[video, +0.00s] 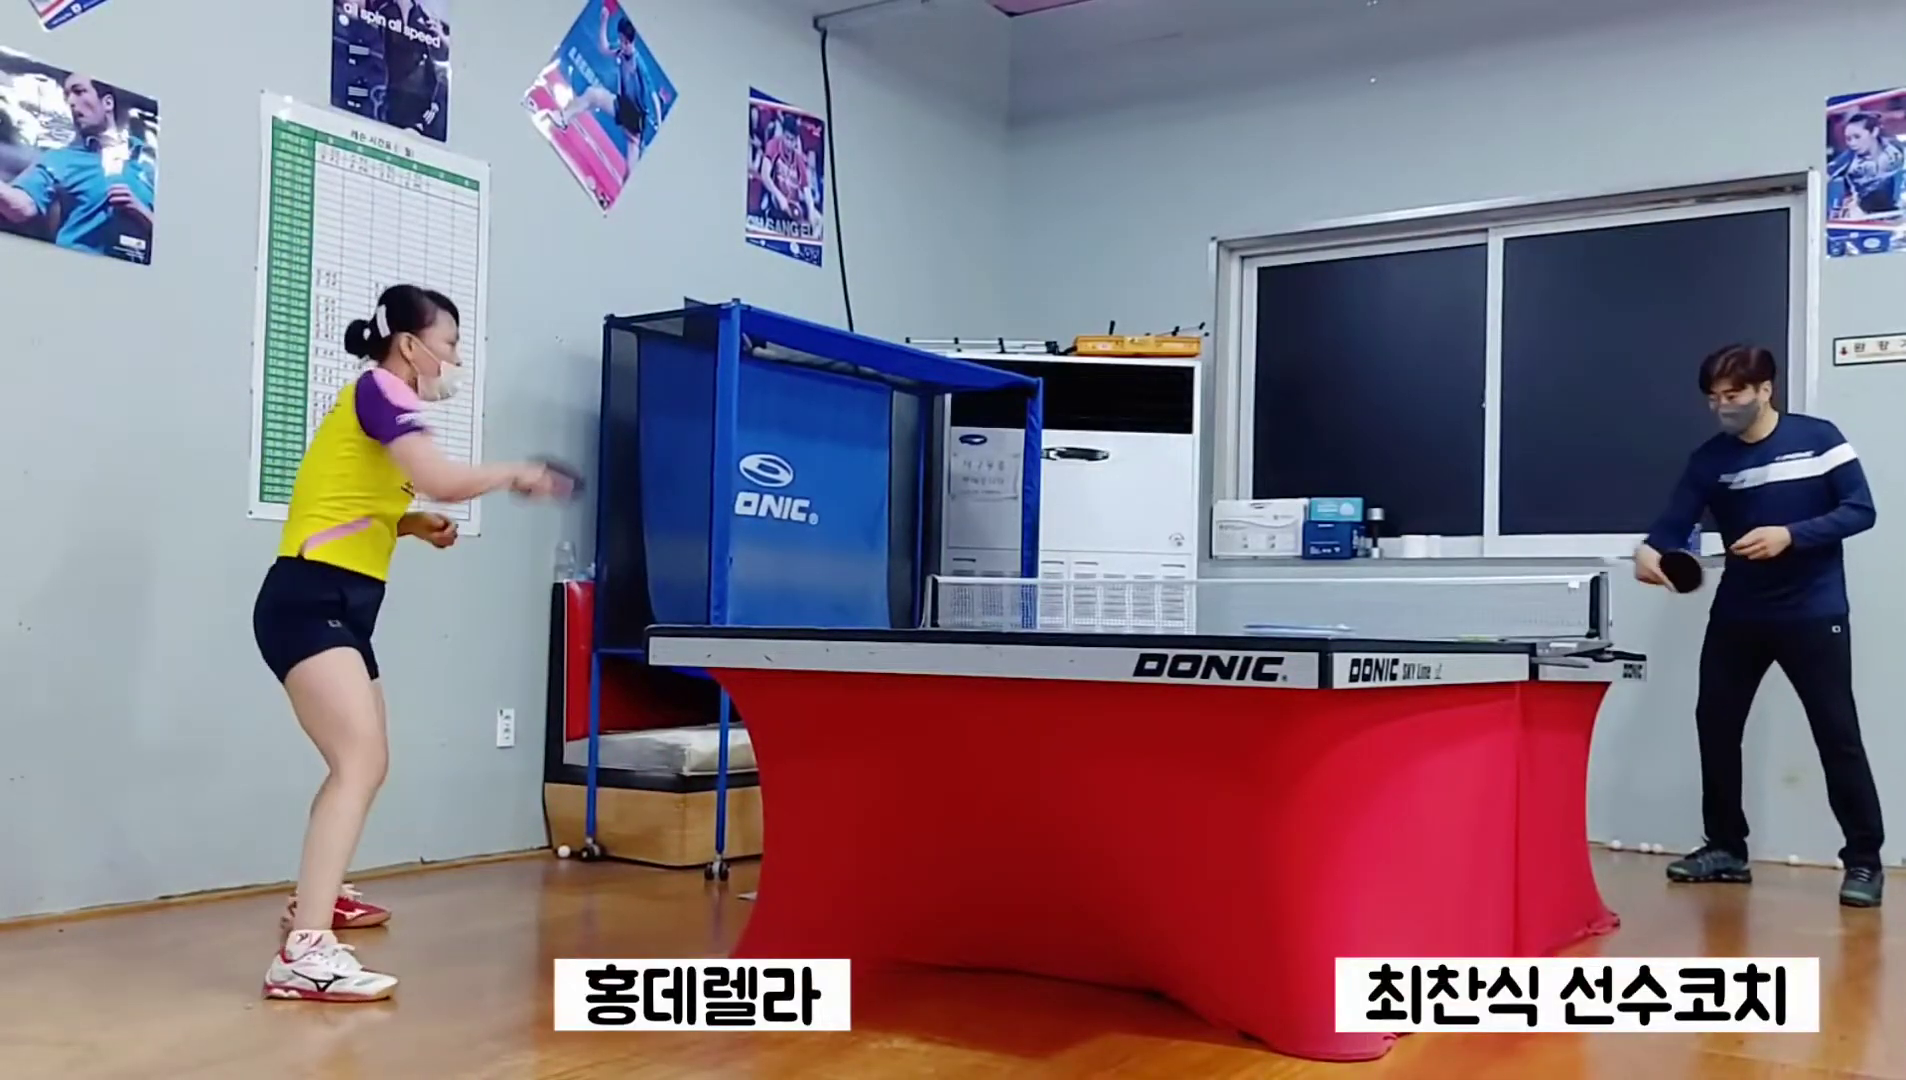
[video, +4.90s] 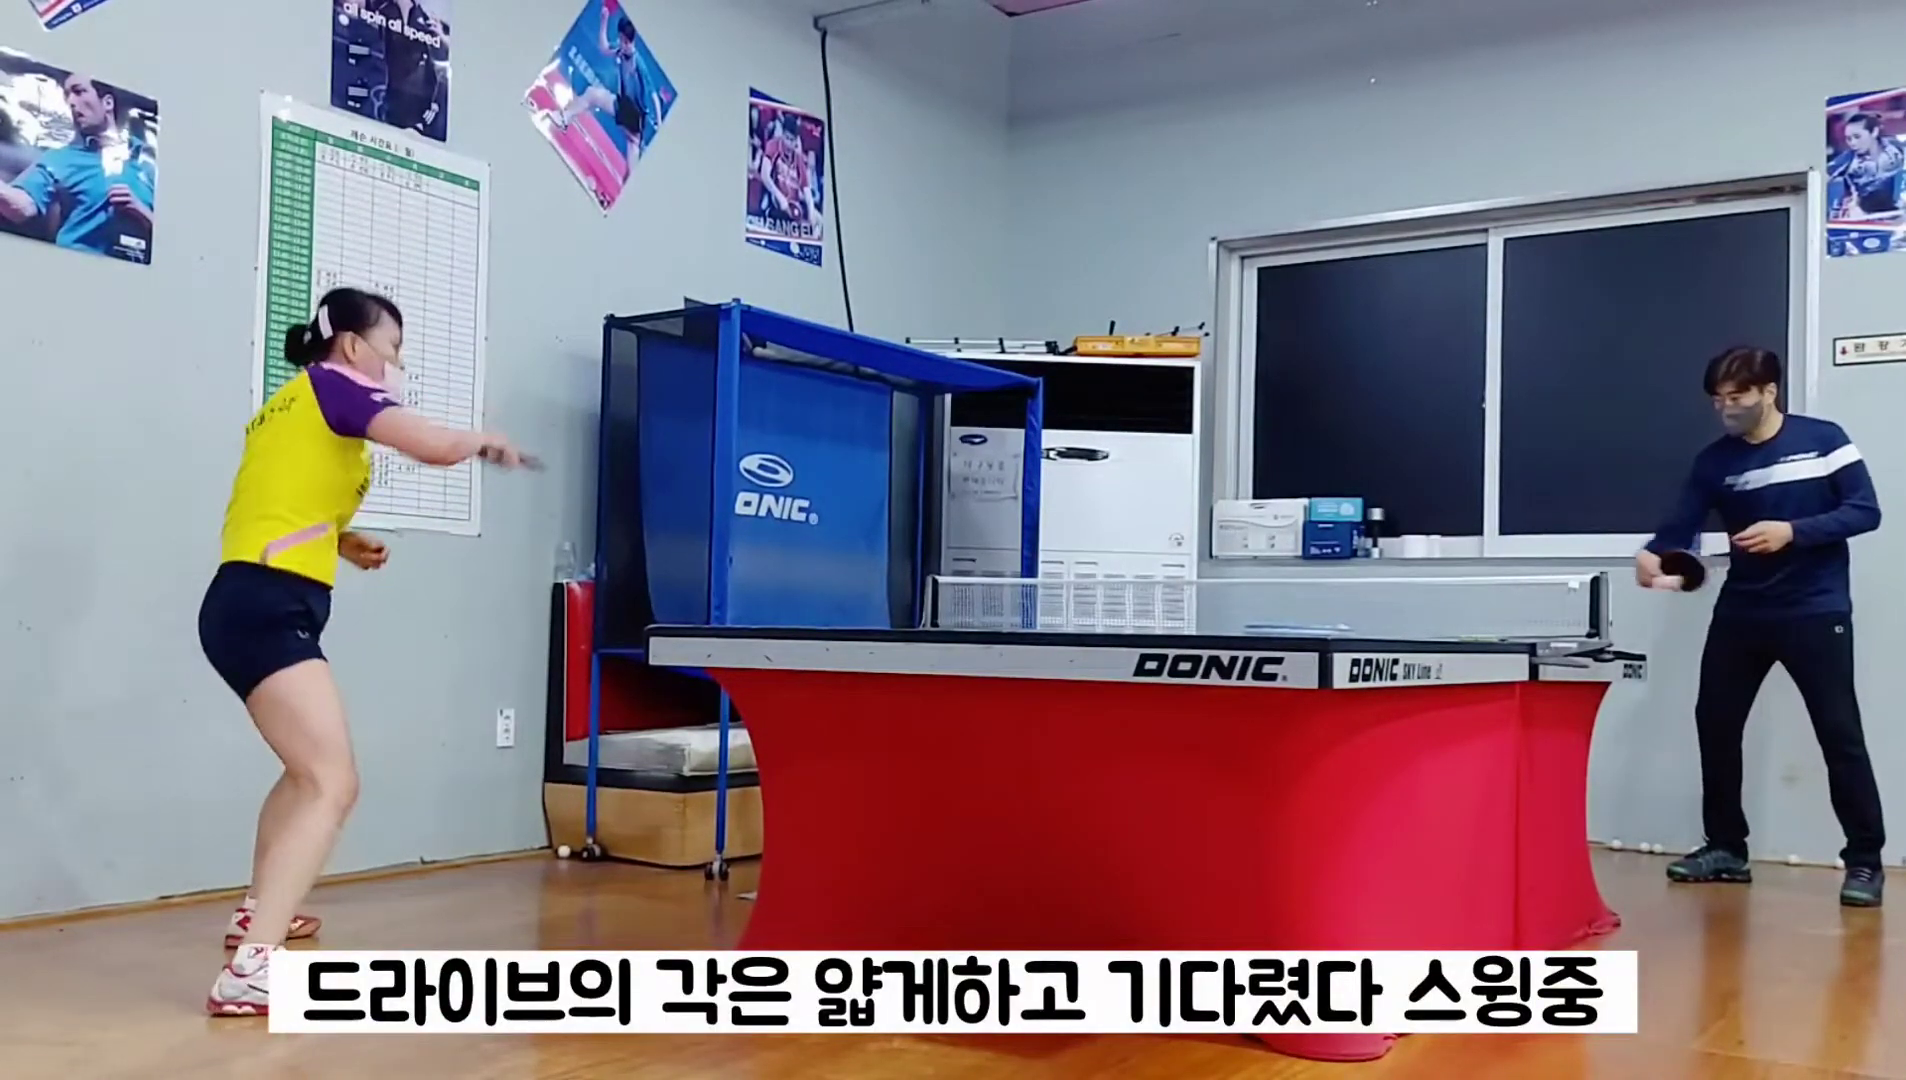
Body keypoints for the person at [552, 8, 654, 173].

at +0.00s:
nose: (622, 43)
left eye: (624, 40)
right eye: (621, 39)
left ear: (629, 41)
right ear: (620, 38)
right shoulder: (621, 53)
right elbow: (604, 50)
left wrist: (629, 54)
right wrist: (603, 23)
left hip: (628, 108)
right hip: (636, 115)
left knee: (593, 94)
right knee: (632, 161)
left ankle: (563, 117)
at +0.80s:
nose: (621, 42)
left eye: (624, 40)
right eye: (621, 39)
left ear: (628, 41)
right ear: (620, 38)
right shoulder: (622, 53)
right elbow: (604, 51)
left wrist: (629, 53)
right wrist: (604, 23)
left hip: (629, 109)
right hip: (636, 114)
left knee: (593, 95)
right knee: (633, 149)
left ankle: (563, 118)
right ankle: (631, 185)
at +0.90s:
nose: (621, 41)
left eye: (623, 39)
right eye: (621, 38)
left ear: (628, 40)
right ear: (620, 38)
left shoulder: (634, 58)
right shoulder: (621, 53)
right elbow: (604, 50)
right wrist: (604, 23)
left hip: (630, 108)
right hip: (636, 114)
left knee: (592, 94)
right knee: (633, 145)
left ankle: (562, 117)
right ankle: (631, 180)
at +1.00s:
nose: (621, 42)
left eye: (624, 39)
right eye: (621, 39)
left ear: (628, 40)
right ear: (619, 38)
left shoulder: (632, 58)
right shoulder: (621, 53)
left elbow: (631, 55)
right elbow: (604, 50)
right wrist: (603, 23)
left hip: (629, 108)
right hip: (636, 114)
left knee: (592, 94)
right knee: (633, 146)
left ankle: (563, 118)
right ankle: (630, 182)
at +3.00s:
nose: (621, 42)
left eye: (624, 40)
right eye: (621, 39)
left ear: (628, 40)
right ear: (619, 38)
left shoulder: (631, 57)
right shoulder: (621, 53)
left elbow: (630, 55)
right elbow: (604, 50)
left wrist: (628, 50)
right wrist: (604, 22)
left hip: (628, 107)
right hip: (636, 114)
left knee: (592, 94)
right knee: (633, 144)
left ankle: (562, 118)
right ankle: (629, 179)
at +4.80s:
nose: (622, 43)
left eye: (624, 40)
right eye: (622, 40)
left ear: (628, 41)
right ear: (622, 40)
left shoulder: (632, 56)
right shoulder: (621, 54)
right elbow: (604, 49)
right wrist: (604, 22)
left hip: (628, 109)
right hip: (636, 115)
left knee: (593, 94)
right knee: (632, 164)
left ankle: (563, 118)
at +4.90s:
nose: (621, 42)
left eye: (623, 39)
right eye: (621, 38)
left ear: (627, 39)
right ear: (623, 38)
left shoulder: (629, 53)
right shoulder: (623, 52)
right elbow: (604, 49)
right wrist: (604, 22)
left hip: (628, 109)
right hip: (637, 116)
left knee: (593, 94)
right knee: (633, 163)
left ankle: (564, 118)